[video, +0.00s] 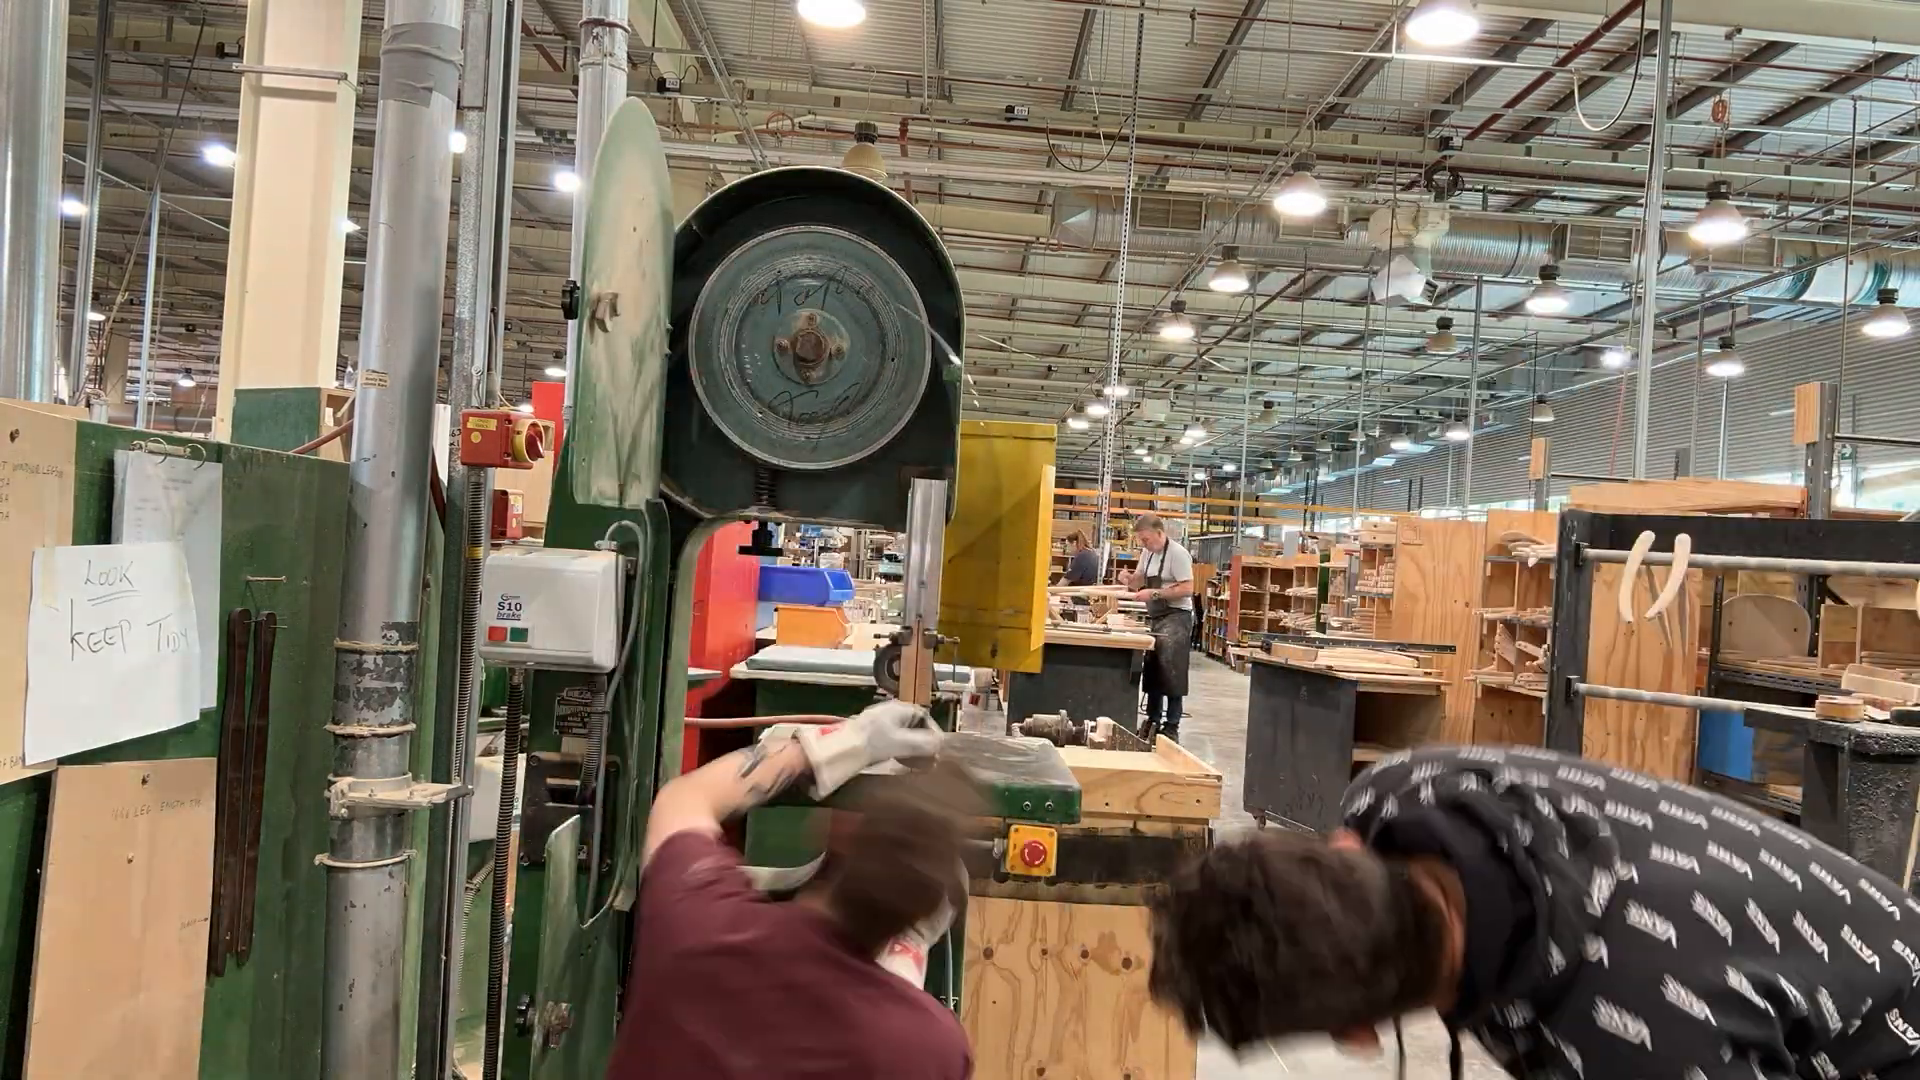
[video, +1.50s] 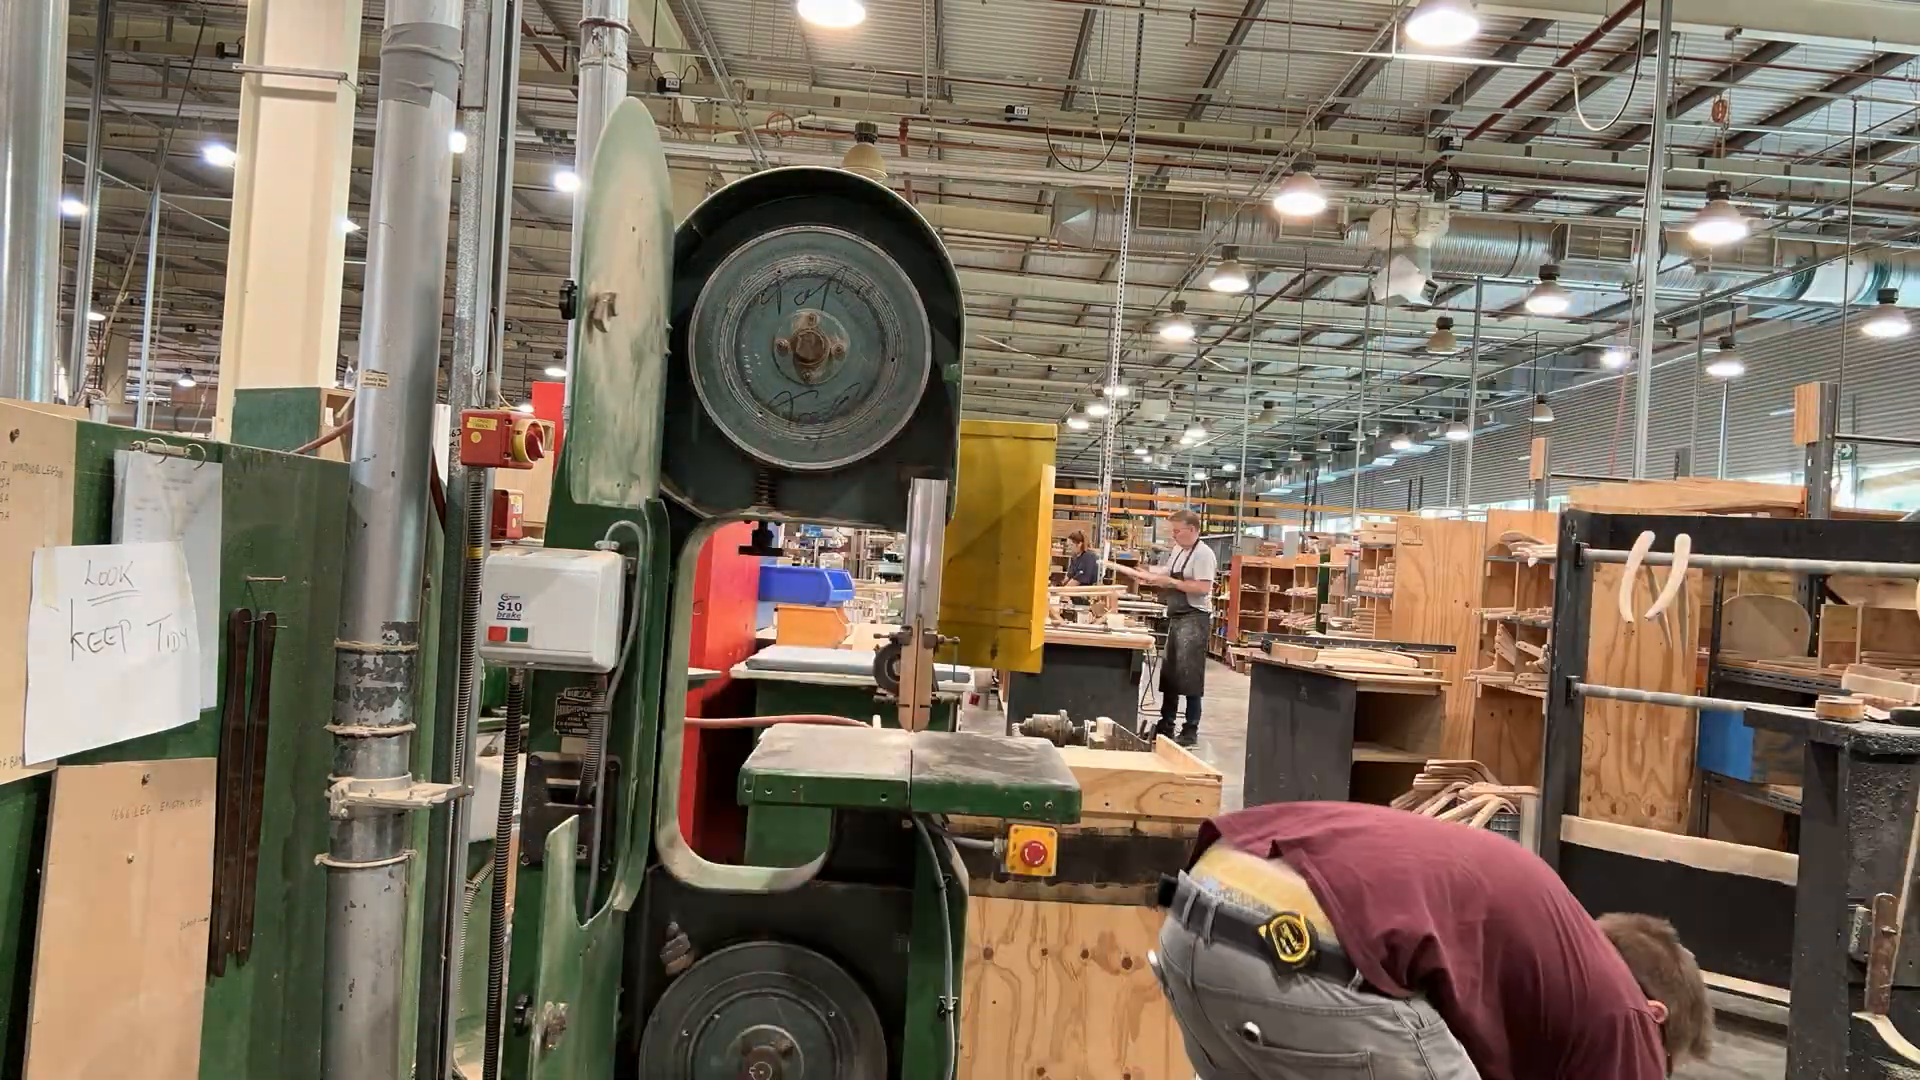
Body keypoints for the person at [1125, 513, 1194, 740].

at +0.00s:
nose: (1143, 544)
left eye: (1145, 539)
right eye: (1141, 540)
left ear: (1159, 533)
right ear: (1142, 536)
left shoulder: (1178, 553)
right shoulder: (1147, 553)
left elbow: (1188, 588)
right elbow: (1138, 582)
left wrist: (1154, 593)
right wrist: (1129, 580)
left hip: (1177, 616)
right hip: (1156, 616)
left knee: (1172, 670)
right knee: (1153, 669)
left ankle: (1171, 726)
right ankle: (1153, 720)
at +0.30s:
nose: (1141, 545)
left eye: (1144, 540)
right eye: (1139, 541)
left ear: (1158, 534)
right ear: (1142, 537)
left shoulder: (1177, 554)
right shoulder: (1145, 553)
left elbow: (1186, 588)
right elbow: (1137, 581)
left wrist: (1153, 594)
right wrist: (1129, 579)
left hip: (1176, 615)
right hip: (1155, 614)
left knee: (1171, 668)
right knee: (1152, 667)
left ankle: (1171, 725)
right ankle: (1152, 720)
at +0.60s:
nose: (1142, 545)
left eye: (1144, 540)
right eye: (1140, 541)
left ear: (1159, 534)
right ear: (1141, 537)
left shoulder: (1178, 554)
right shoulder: (1146, 553)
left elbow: (1184, 589)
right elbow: (1137, 584)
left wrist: (1151, 597)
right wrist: (1121, 597)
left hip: (1177, 618)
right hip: (1156, 618)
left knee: (1173, 671)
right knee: (1151, 670)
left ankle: (1172, 727)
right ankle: (1149, 721)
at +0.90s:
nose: (1143, 545)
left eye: (1146, 540)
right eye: (1140, 541)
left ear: (1159, 533)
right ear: (1140, 538)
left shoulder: (1179, 554)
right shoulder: (1147, 554)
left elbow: (1183, 590)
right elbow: (1140, 582)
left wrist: (1151, 598)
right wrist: (1120, 598)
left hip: (1178, 617)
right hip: (1157, 617)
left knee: (1174, 672)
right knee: (1151, 671)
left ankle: (1172, 728)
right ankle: (1149, 721)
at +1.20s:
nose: (1138, 542)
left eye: (1140, 537)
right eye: (1136, 538)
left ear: (1154, 532)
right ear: (1148, 534)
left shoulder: (1177, 552)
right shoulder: (1146, 555)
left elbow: (1191, 587)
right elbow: (1140, 588)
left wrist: (1159, 598)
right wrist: (1121, 602)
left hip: (1176, 619)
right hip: (1155, 619)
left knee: (1173, 673)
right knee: (1150, 672)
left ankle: (1171, 728)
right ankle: (1148, 722)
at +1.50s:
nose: (1174, 536)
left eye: (1177, 531)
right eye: (1173, 532)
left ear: (1193, 530)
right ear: (1179, 531)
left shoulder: (1204, 553)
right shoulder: (1178, 551)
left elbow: (1204, 587)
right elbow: (1169, 579)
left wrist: (1169, 582)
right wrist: (1147, 575)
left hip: (1194, 618)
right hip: (1176, 617)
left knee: (1191, 675)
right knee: (1170, 674)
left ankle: (1190, 730)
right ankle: (1166, 724)